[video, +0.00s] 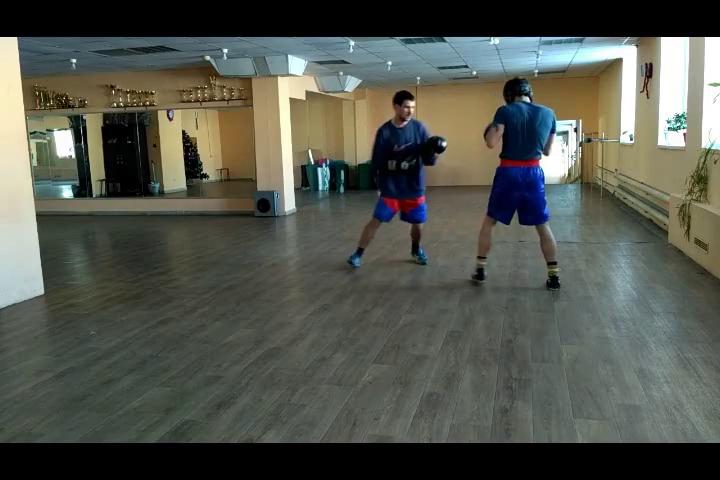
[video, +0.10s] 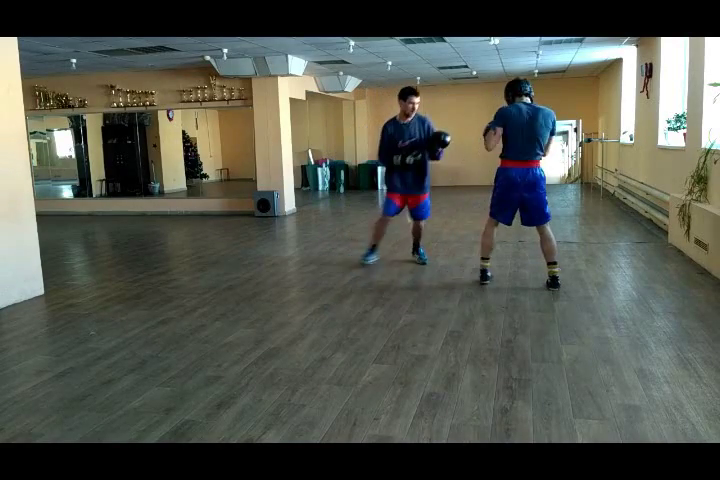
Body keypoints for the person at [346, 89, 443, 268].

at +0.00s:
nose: (410, 111)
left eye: (412, 107)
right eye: (406, 107)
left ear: (414, 108)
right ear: (396, 107)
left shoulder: (419, 128)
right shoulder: (384, 132)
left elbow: (429, 161)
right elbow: (377, 162)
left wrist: (431, 151)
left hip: (414, 186)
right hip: (391, 187)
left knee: (417, 223)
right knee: (376, 221)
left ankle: (416, 249)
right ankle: (358, 253)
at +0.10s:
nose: (414, 107)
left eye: (416, 103)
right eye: (410, 103)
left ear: (419, 104)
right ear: (400, 103)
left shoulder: (424, 124)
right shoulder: (389, 127)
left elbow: (434, 156)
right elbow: (383, 156)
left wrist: (438, 146)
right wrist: (400, 157)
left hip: (418, 182)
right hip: (396, 182)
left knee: (419, 221)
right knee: (385, 217)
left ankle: (417, 249)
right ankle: (372, 249)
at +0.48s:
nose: (444, 106)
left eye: (447, 102)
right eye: (440, 102)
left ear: (450, 102)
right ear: (432, 102)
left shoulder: (458, 120)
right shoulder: (422, 126)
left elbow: (482, 125)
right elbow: (415, 154)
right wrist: (418, 178)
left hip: (454, 181)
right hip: (429, 182)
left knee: (466, 217)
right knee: (420, 218)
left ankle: (481, 250)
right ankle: (416, 246)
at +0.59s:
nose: (456, 103)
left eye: (458, 100)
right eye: (452, 100)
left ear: (462, 100)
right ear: (444, 100)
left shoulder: (469, 116)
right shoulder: (435, 122)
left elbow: (491, 119)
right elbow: (430, 153)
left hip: (465, 177)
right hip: (442, 178)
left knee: (472, 218)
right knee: (433, 214)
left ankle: (482, 253)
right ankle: (431, 242)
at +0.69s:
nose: (461, 101)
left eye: (464, 97)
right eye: (457, 97)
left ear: (467, 98)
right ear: (449, 97)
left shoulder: (475, 115)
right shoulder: (440, 120)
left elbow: (493, 126)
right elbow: (433, 151)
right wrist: (452, 152)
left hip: (469, 177)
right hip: (448, 177)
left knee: (476, 217)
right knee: (445, 215)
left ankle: (482, 252)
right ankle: (453, 240)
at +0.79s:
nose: (464, 100)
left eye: (467, 97)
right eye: (460, 97)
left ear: (470, 98)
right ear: (452, 96)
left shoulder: (478, 117)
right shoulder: (442, 120)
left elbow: (486, 144)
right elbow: (436, 153)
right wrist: (454, 152)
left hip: (475, 175)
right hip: (453, 176)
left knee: (478, 215)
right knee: (458, 216)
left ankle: (483, 249)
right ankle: (470, 241)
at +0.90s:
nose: (464, 102)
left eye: (467, 99)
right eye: (461, 98)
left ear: (471, 99)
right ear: (453, 98)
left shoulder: (478, 118)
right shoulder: (443, 122)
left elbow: (491, 142)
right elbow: (437, 153)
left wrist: (473, 150)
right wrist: (451, 154)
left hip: (477, 174)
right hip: (456, 176)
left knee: (479, 213)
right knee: (463, 214)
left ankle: (484, 249)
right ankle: (472, 244)